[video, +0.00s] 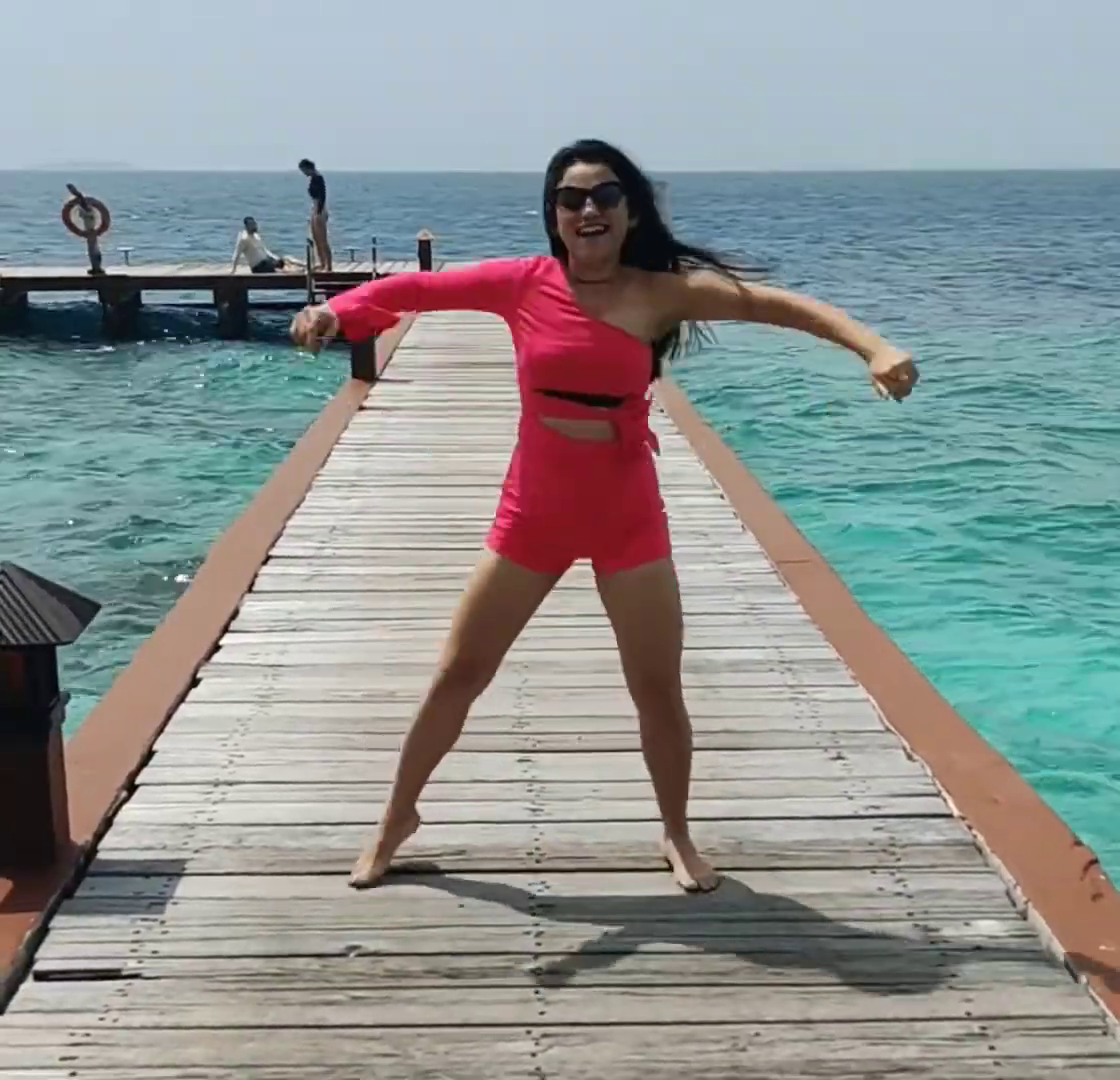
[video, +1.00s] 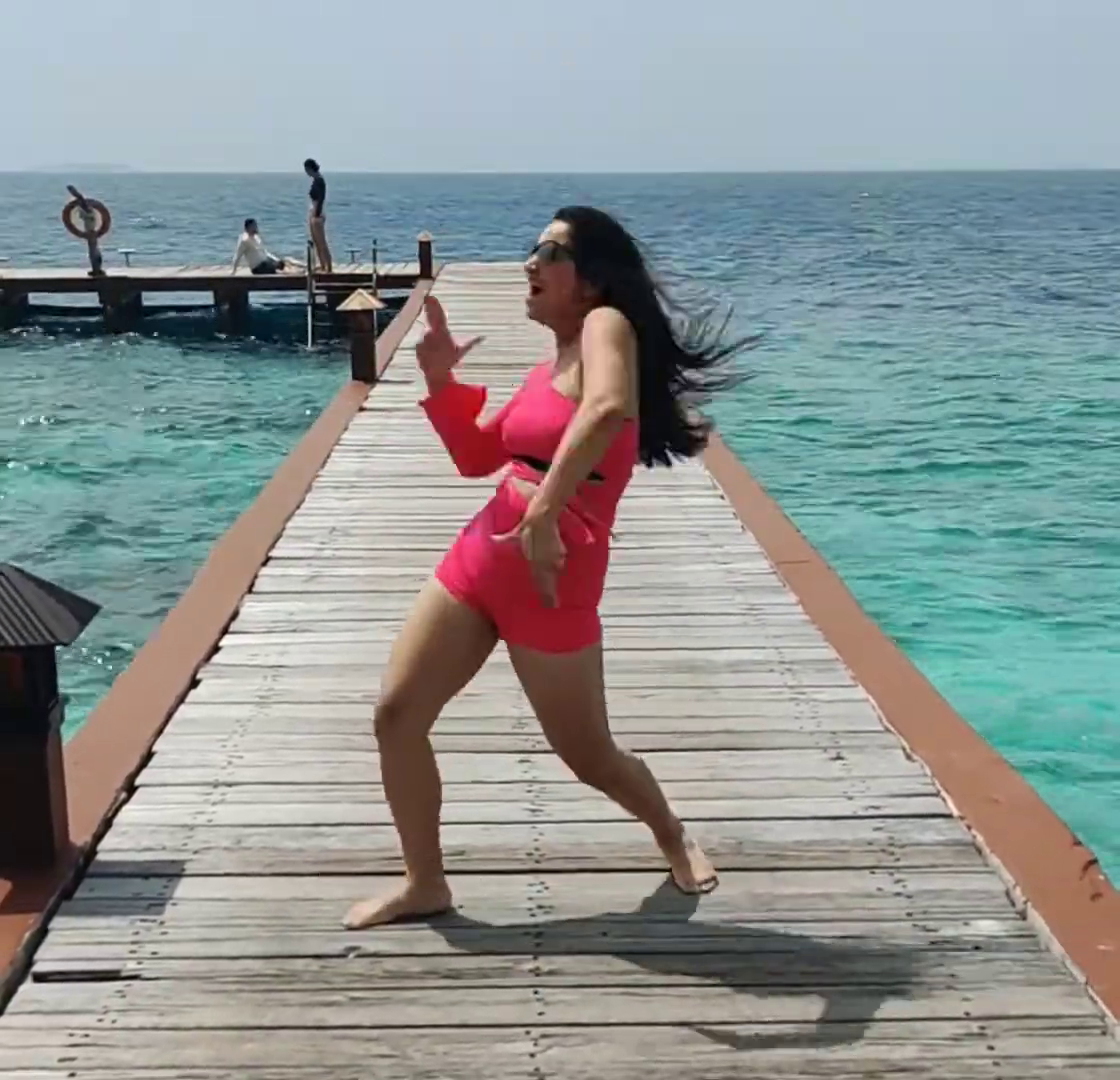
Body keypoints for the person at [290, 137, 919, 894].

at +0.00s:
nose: (590, 212)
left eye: (606, 197)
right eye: (573, 199)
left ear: (632, 210)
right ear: (554, 213)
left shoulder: (663, 293)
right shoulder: (523, 284)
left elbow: (786, 308)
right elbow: (416, 291)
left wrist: (874, 348)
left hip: (626, 509)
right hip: (534, 505)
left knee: (658, 686)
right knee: (458, 674)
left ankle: (677, 837)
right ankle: (394, 825)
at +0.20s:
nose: (598, 265)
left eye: (615, 251)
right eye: (581, 253)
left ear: (638, 264)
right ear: (560, 264)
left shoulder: (658, 345)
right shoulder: (526, 318)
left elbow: (769, 339)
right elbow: (424, 279)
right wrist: (361, 252)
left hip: (639, 550)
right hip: (547, 556)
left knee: (673, 721)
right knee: (466, 715)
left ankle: (675, 840)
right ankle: (412, 839)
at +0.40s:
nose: (615, 255)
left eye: (635, 243)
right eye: (603, 245)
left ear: (669, 262)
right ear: (592, 263)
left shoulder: (684, 375)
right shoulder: (557, 332)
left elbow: (665, 495)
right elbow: (440, 366)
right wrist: (354, 428)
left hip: (658, 563)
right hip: (564, 561)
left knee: (678, 731)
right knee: (461, 699)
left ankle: (677, 841)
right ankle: (414, 827)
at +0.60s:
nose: (577, 212)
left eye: (592, 203)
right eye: (578, 199)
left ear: (638, 219)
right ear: (582, 210)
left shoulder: (671, 295)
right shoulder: (574, 279)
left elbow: (622, 233)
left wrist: (597, 134)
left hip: (626, 520)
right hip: (539, 507)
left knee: (656, 699)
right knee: (441, 666)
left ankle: (685, 837)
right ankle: (376, 829)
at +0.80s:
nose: (563, 260)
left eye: (580, 246)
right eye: (566, 244)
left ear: (622, 259)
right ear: (596, 261)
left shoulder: (642, 322)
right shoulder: (598, 335)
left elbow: (548, 251)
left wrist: (451, 210)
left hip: (559, 572)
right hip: (486, 544)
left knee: (602, 737)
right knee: (421, 703)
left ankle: (674, 848)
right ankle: (421, 879)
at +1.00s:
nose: (529, 267)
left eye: (546, 257)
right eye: (533, 254)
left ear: (589, 276)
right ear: (559, 276)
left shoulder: (604, 326)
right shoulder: (558, 360)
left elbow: (608, 408)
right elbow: (476, 456)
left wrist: (542, 512)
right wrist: (439, 377)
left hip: (553, 573)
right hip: (486, 552)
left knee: (589, 755)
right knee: (398, 714)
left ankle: (673, 838)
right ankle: (425, 881)